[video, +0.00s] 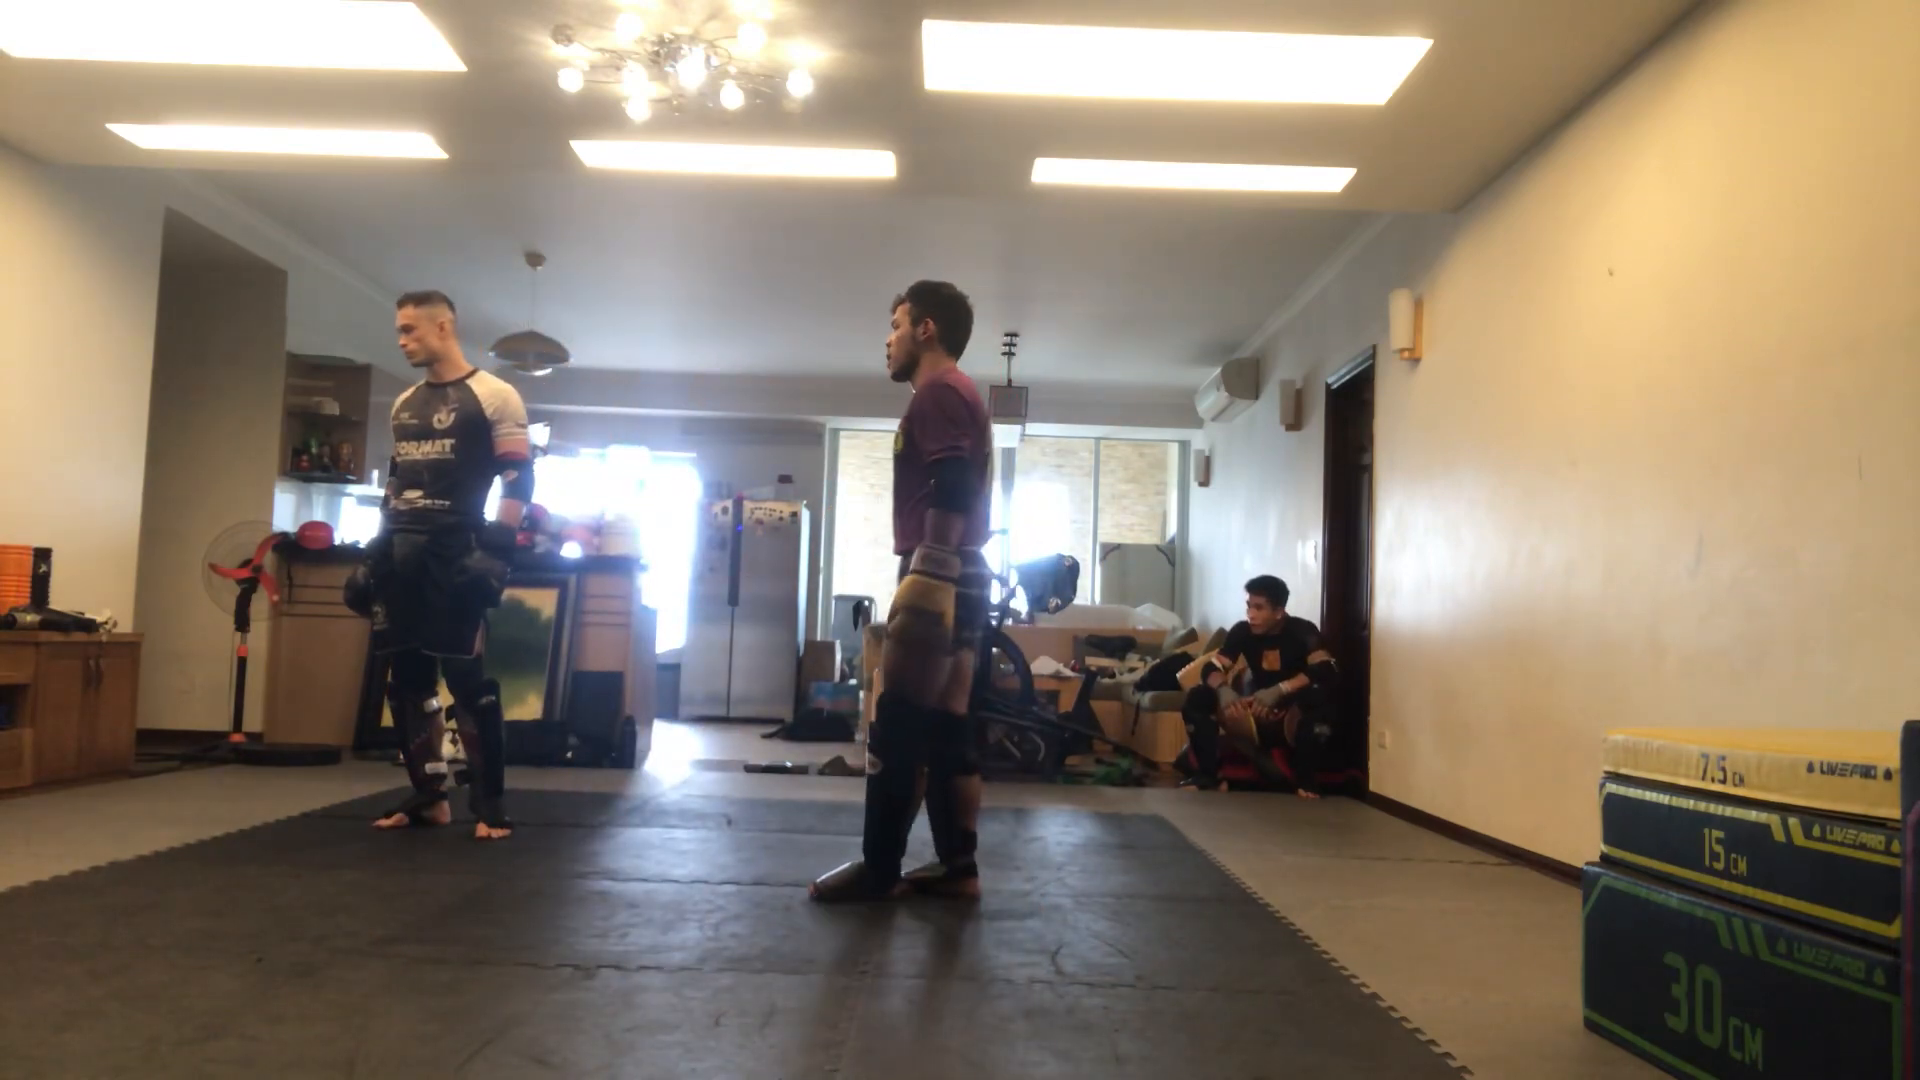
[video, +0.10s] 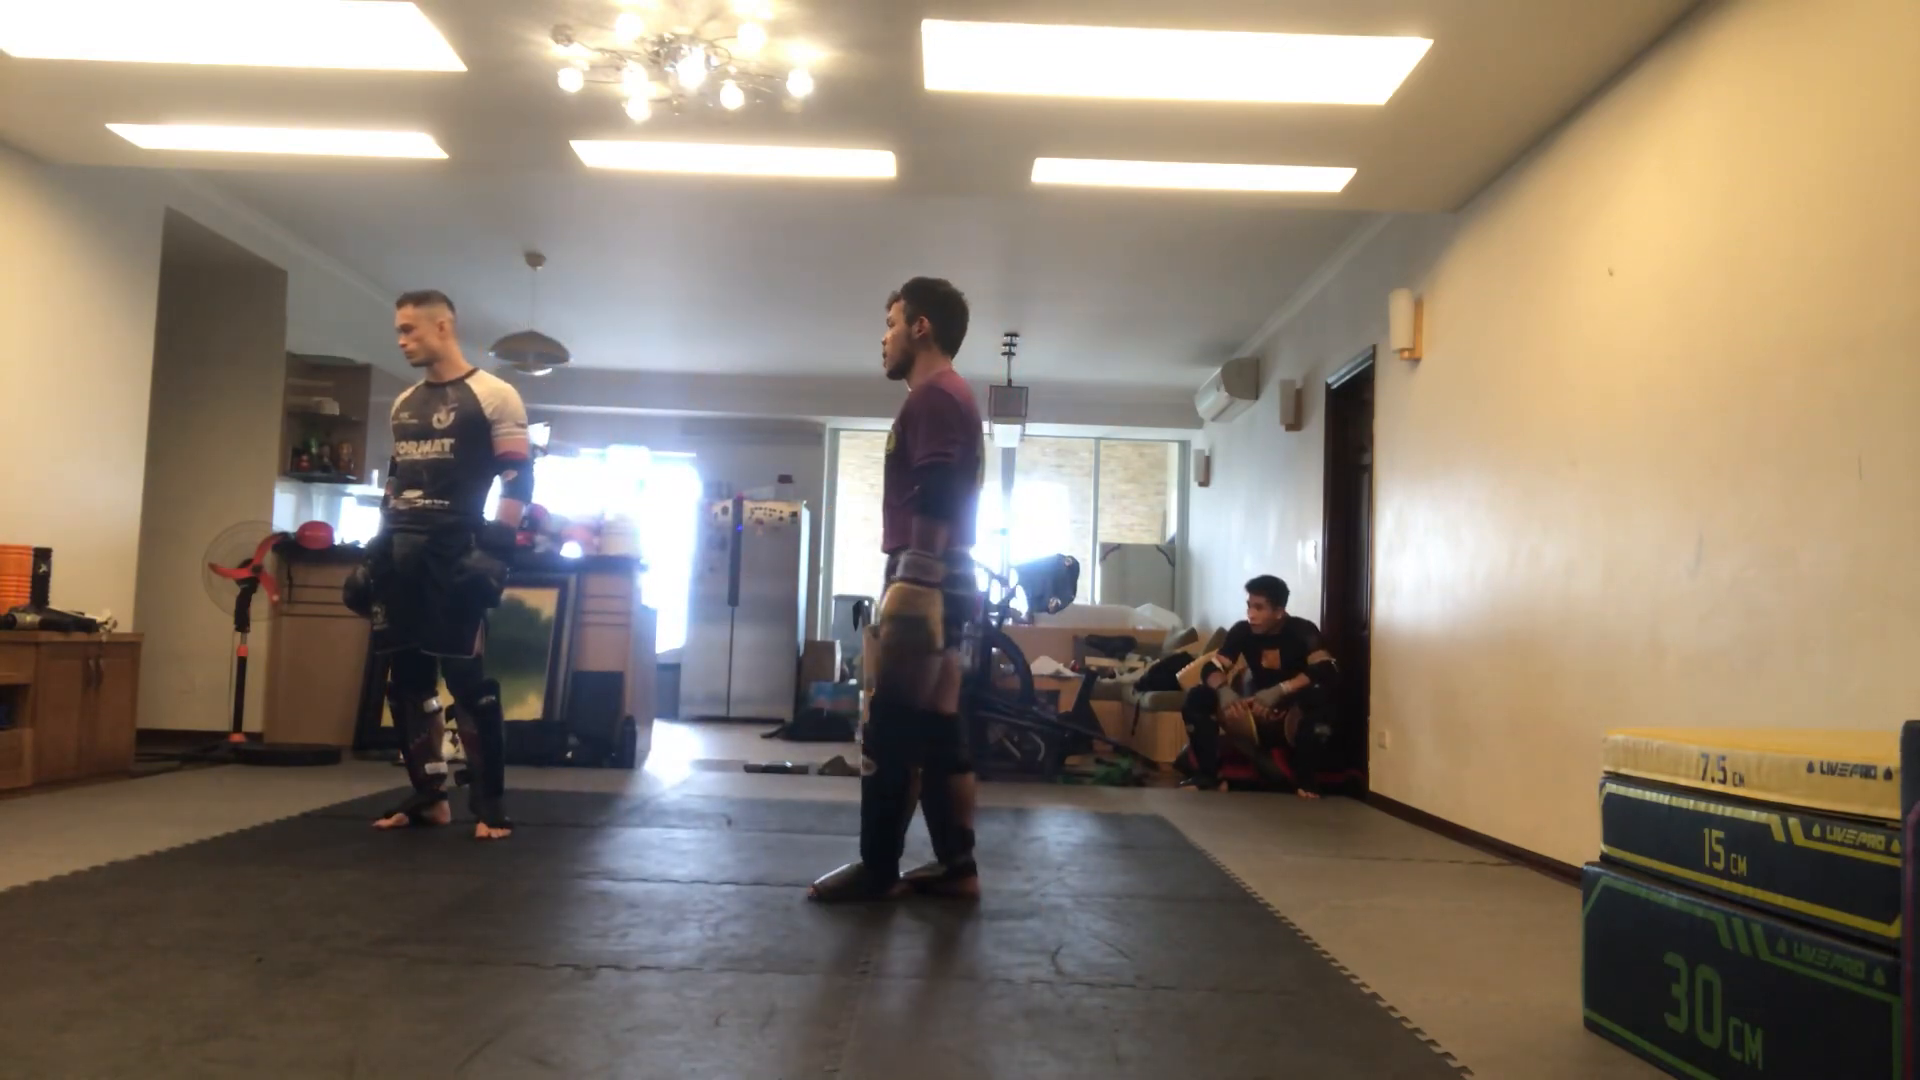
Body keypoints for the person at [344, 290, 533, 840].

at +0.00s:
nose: (402, 341)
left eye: (409, 330)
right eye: (399, 332)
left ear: (444, 325)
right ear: (408, 335)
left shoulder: (495, 395)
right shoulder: (405, 404)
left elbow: (516, 486)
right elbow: (399, 491)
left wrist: (494, 553)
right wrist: (375, 557)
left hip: (458, 554)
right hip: (403, 554)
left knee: (465, 678)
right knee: (408, 680)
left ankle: (490, 807)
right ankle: (429, 799)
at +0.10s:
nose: (402, 341)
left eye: (409, 330)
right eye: (398, 332)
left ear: (444, 325)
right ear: (405, 335)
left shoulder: (494, 395)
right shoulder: (405, 403)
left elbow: (516, 486)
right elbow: (399, 490)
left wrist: (494, 553)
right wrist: (376, 556)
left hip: (458, 554)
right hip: (403, 554)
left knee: (465, 678)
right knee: (407, 681)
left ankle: (490, 807)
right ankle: (430, 800)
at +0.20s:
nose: (401, 341)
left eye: (408, 330)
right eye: (398, 332)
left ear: (443, 324)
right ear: (405, 335)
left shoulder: (494, 395)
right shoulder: (404, 403)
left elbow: (516, 485)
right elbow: (399, 490)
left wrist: (493, 552)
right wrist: (375, 556)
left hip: (458, 554)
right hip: (403, 554)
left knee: (465, 678)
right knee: (407, 681)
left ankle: (490, 806)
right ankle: (430, 800)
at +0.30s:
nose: (401, 340)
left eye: (408, 329)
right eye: (397, 331)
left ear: (443, 324)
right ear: (406, 334)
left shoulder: (494, 394)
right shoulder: (403, 403)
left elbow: (516, 484)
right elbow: (397, 490)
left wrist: (494, 552)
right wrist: (375, 556)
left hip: (458, 554)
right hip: (403, 553)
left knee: (465, 677)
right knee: (407, 680)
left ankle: (490, 805)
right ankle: (430, 799)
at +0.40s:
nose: (401, 340)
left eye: (407, 329)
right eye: (397, 331)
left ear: (442, 324)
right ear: (405, 334)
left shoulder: (494, 394)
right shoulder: (403, 402)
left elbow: (516, 484)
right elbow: (395, 489)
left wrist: (494, 552)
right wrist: (376, 555)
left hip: (458, 553)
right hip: (402, 553)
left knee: (464, 675)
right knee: (406, 679)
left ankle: (490, 805)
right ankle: (430, 799)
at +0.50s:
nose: (400, 340)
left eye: (407, 329)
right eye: (397, 331)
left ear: (442, 324)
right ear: (404, 334)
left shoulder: (494, 394)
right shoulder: (402, 402)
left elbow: (515, 485)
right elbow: (395, 490)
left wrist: (494, 552)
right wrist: (373, 555)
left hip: (458, 554)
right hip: (401, 554)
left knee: (465, 677)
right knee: (406, 680)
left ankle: (490, 806)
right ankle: (429, 800)